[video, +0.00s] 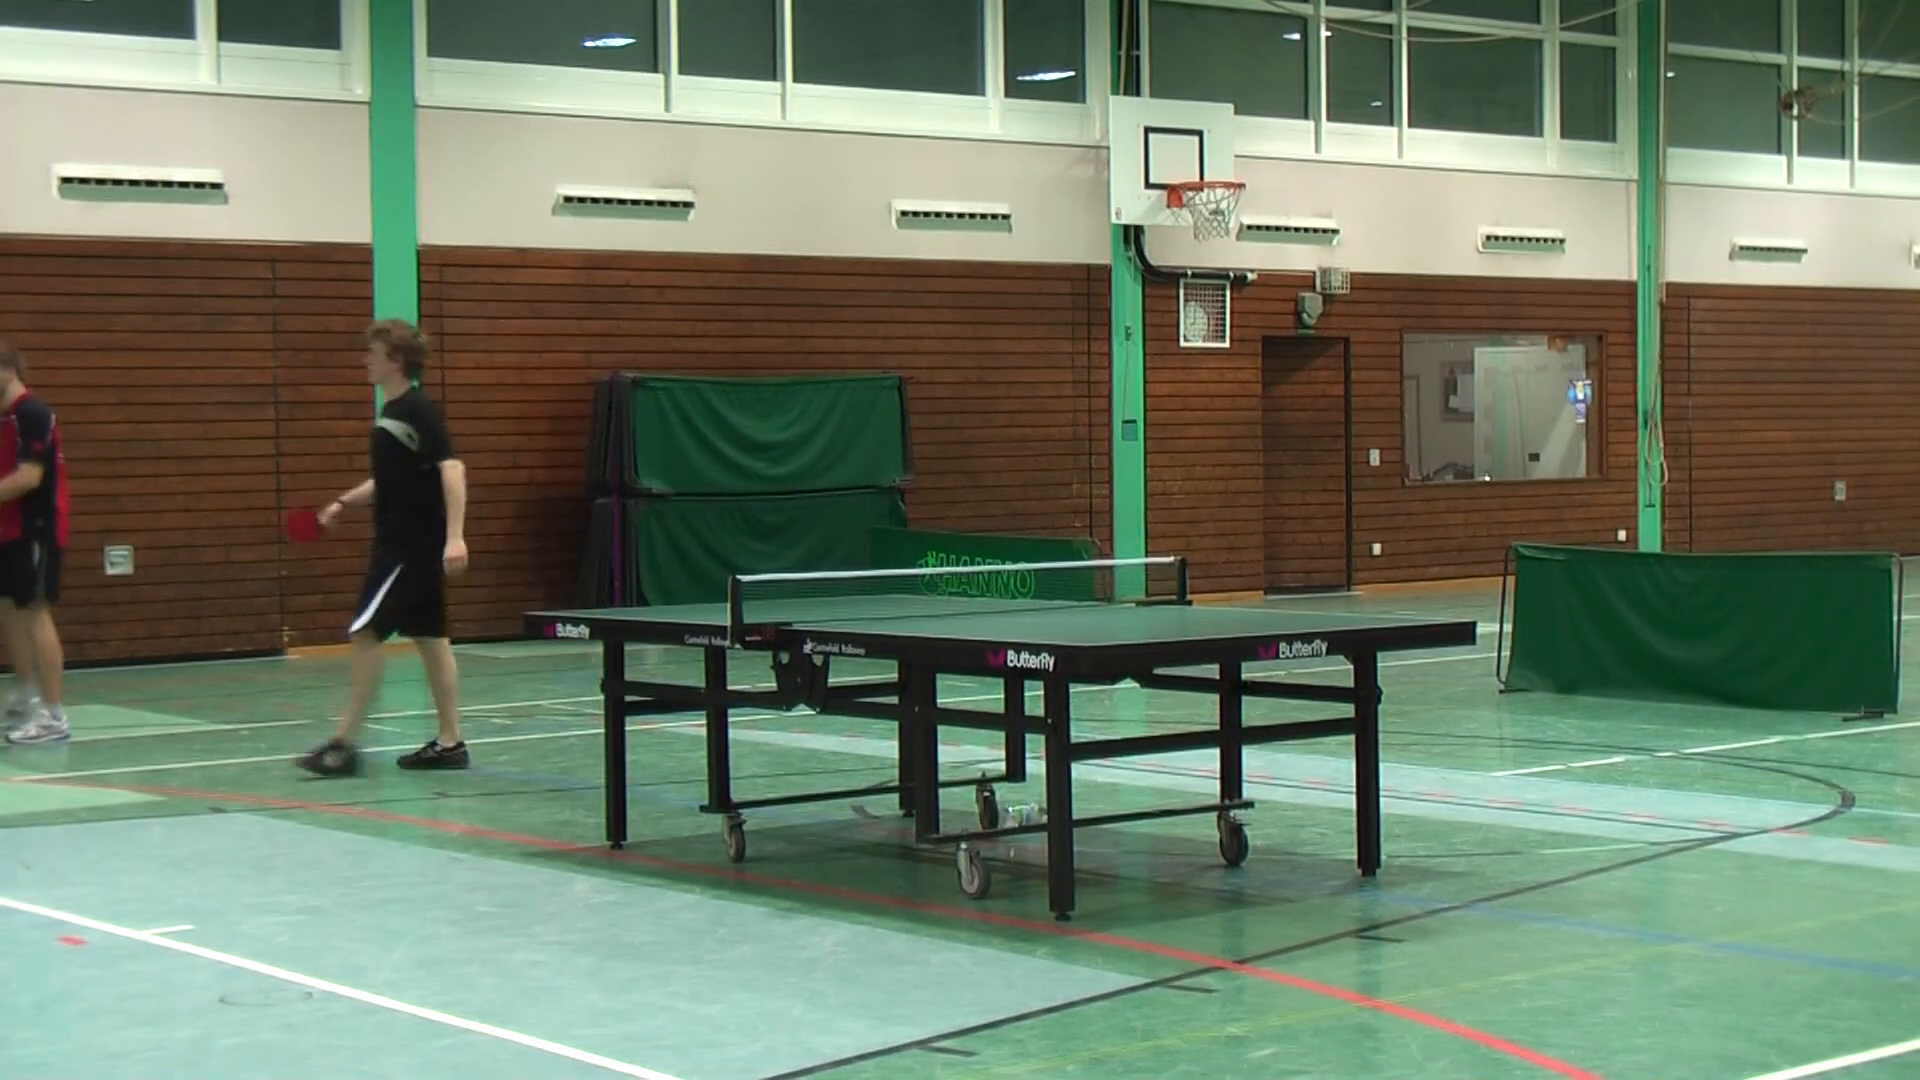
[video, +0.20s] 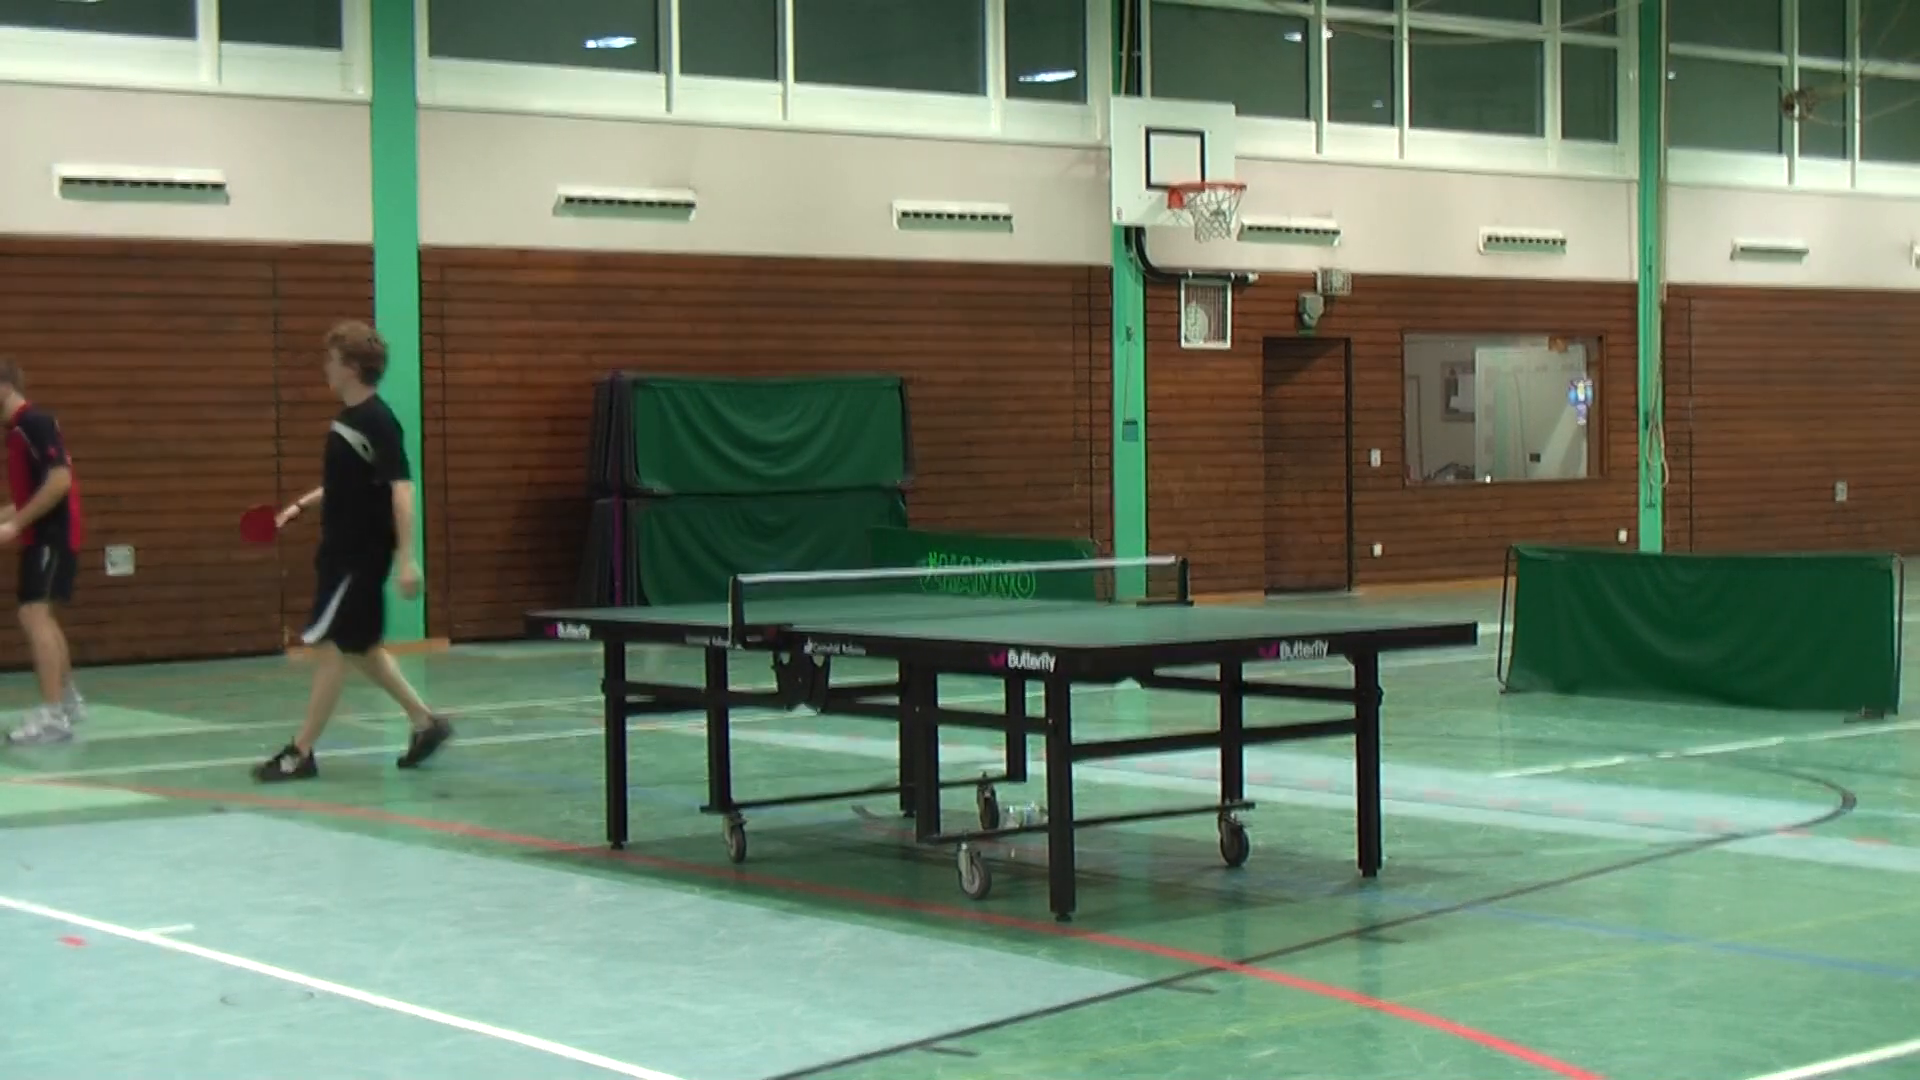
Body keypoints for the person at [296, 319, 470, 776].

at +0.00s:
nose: (365, 360)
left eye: (372, 353)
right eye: (367, 353)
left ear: (395, 359)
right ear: (389, 359)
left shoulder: (420, 409)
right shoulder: (389, 409)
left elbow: (452, 468)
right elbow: (389, 479)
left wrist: (455, 535)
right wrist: (341, 503)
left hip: (412, 545)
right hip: (402, 543)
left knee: (365, 634)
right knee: (431, 639)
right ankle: (450, 742)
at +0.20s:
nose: (326, 369)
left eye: (332, 361)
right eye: (328, 361)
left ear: (352, 367)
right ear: (358, 368)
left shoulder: (379, 421)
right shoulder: (348, 417)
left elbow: (402, 491)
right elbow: (344, 483)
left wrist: (406, 559)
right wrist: (300, 505)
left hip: (364, 554)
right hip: (341, 550)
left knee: (331, 647)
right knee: (361, 645)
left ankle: (301, 751)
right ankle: (425, 720)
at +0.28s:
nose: (313, 370)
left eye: (318, 362)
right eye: (314, 362)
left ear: (337, 367)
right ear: (345, 367)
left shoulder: (367, 422)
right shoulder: (336, 416)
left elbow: (383, 494)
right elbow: (330, 484)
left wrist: (370, 562)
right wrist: (296, 517)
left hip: (344, 551)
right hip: (319, 546)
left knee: (322, 648)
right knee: (306, 643)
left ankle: (303, 751)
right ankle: (386, 704)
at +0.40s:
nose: (294, 365)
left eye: (298, 357)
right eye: (295, 357)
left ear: (316, 364)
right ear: (328, 362)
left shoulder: (356, 418)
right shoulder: (317, 412)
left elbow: (368, 489)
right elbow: (320, 483)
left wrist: (316, 540)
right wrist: (298, 531)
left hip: (337, 547)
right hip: (300, 538)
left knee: (313, 644)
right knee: (252, 626)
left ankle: (304, 752)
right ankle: (319, 704)